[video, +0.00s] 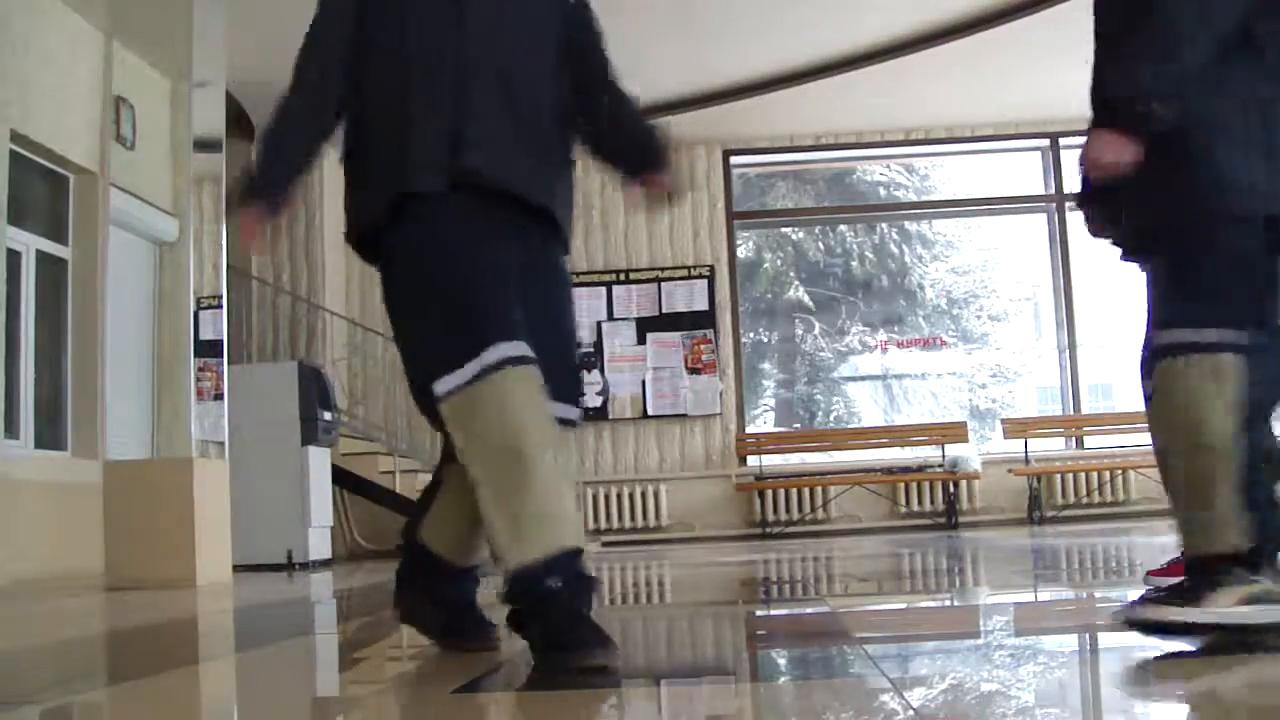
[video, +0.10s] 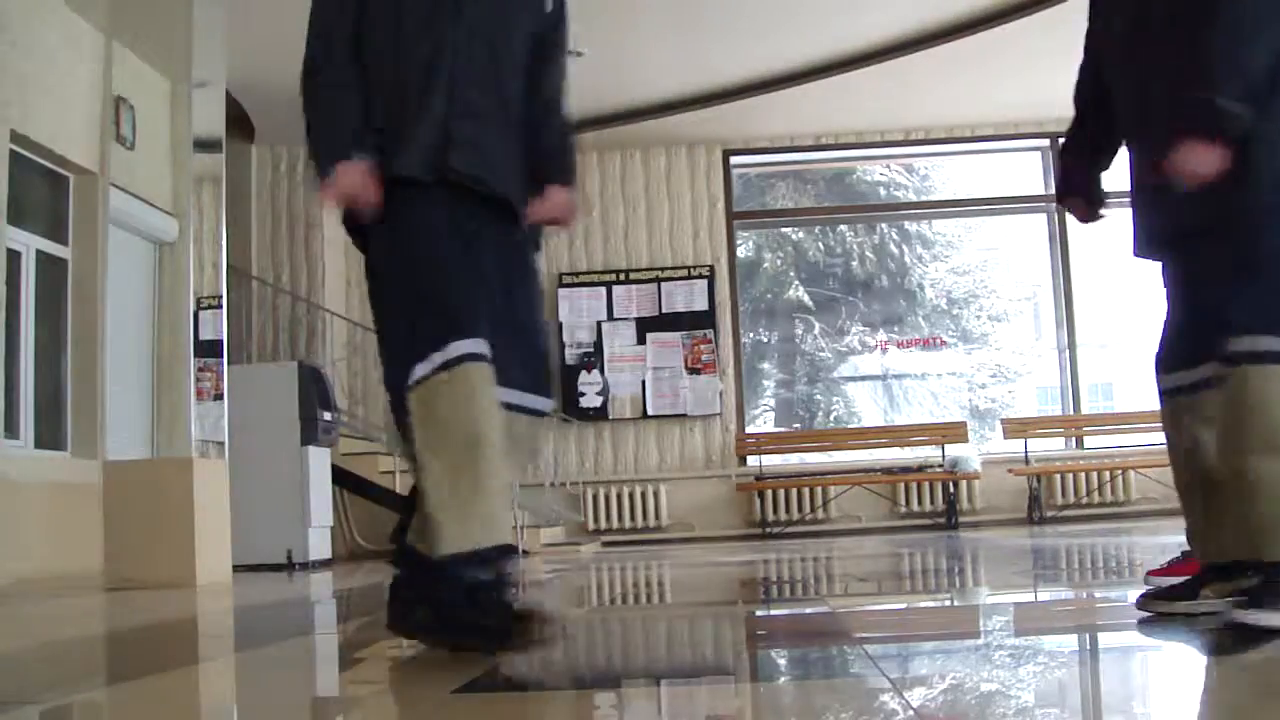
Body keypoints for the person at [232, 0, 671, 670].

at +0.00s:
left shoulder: (558, 12)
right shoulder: (360, 10)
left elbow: (585, 83)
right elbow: (324, 72)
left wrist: (644, 151)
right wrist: (269, 178)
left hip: (526, 193)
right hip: (422, 180)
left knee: (535, 395)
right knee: (494, 382)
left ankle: (434, 574)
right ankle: (555, 608)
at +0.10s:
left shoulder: (539, 9)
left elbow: (544, 61)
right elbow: (330, 37)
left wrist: (554, 168)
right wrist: (342, 148)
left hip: (501, 166)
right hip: (403, 153)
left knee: (502, 370)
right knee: (449, 360)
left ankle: (426, 580)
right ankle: (468, 584)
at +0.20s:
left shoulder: (513, 8)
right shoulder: (347, 4)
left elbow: (528, 80)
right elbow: (294, 72)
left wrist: (531, 143)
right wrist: (367, 91)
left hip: (485, 203)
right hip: (393, 199)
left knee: (501, 404)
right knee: (422, 375)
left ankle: (433, 593)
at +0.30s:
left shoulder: (497, 9)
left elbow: (493, 121)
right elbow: (267, 37)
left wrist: (534, 84)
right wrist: (377, 12)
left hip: (470, 196)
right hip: (376, 187)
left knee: (480, 403)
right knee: (393, 384)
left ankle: (428, 593)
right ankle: (315, 531)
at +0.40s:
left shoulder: (489, 8)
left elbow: (503, 99)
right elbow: (272, 20)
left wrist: (535, 65)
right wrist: (366, 6)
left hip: (456, 195)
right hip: (357, 189)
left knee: (457, 392)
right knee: (364, 391)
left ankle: (434, 584)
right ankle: (324, 546)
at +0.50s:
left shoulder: (469, 12)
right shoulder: (323, 5)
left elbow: (494, 56)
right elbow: (297, 19)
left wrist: (535, 93)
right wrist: (328, 58)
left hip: (442, 213)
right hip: (341, 210)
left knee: (454, 408)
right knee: (342, 413)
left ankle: (434, 577)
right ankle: (326, 590)